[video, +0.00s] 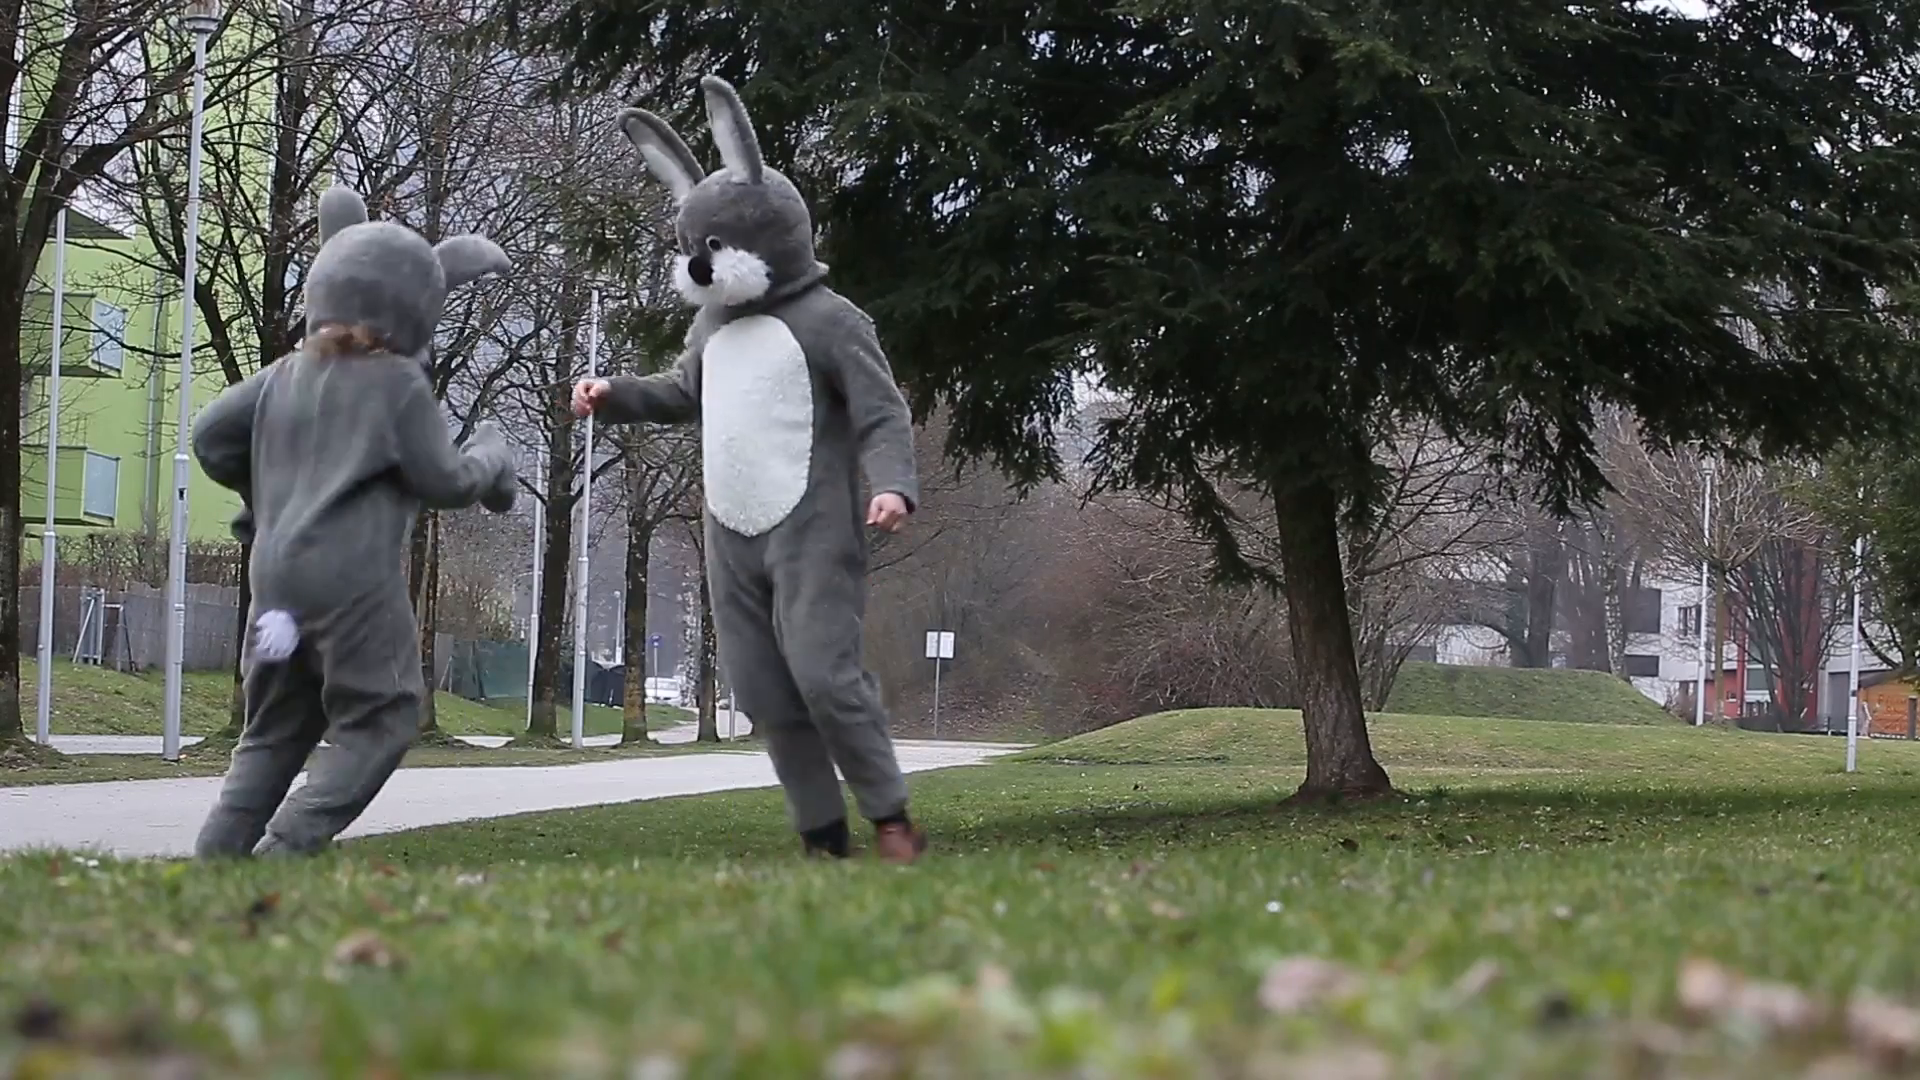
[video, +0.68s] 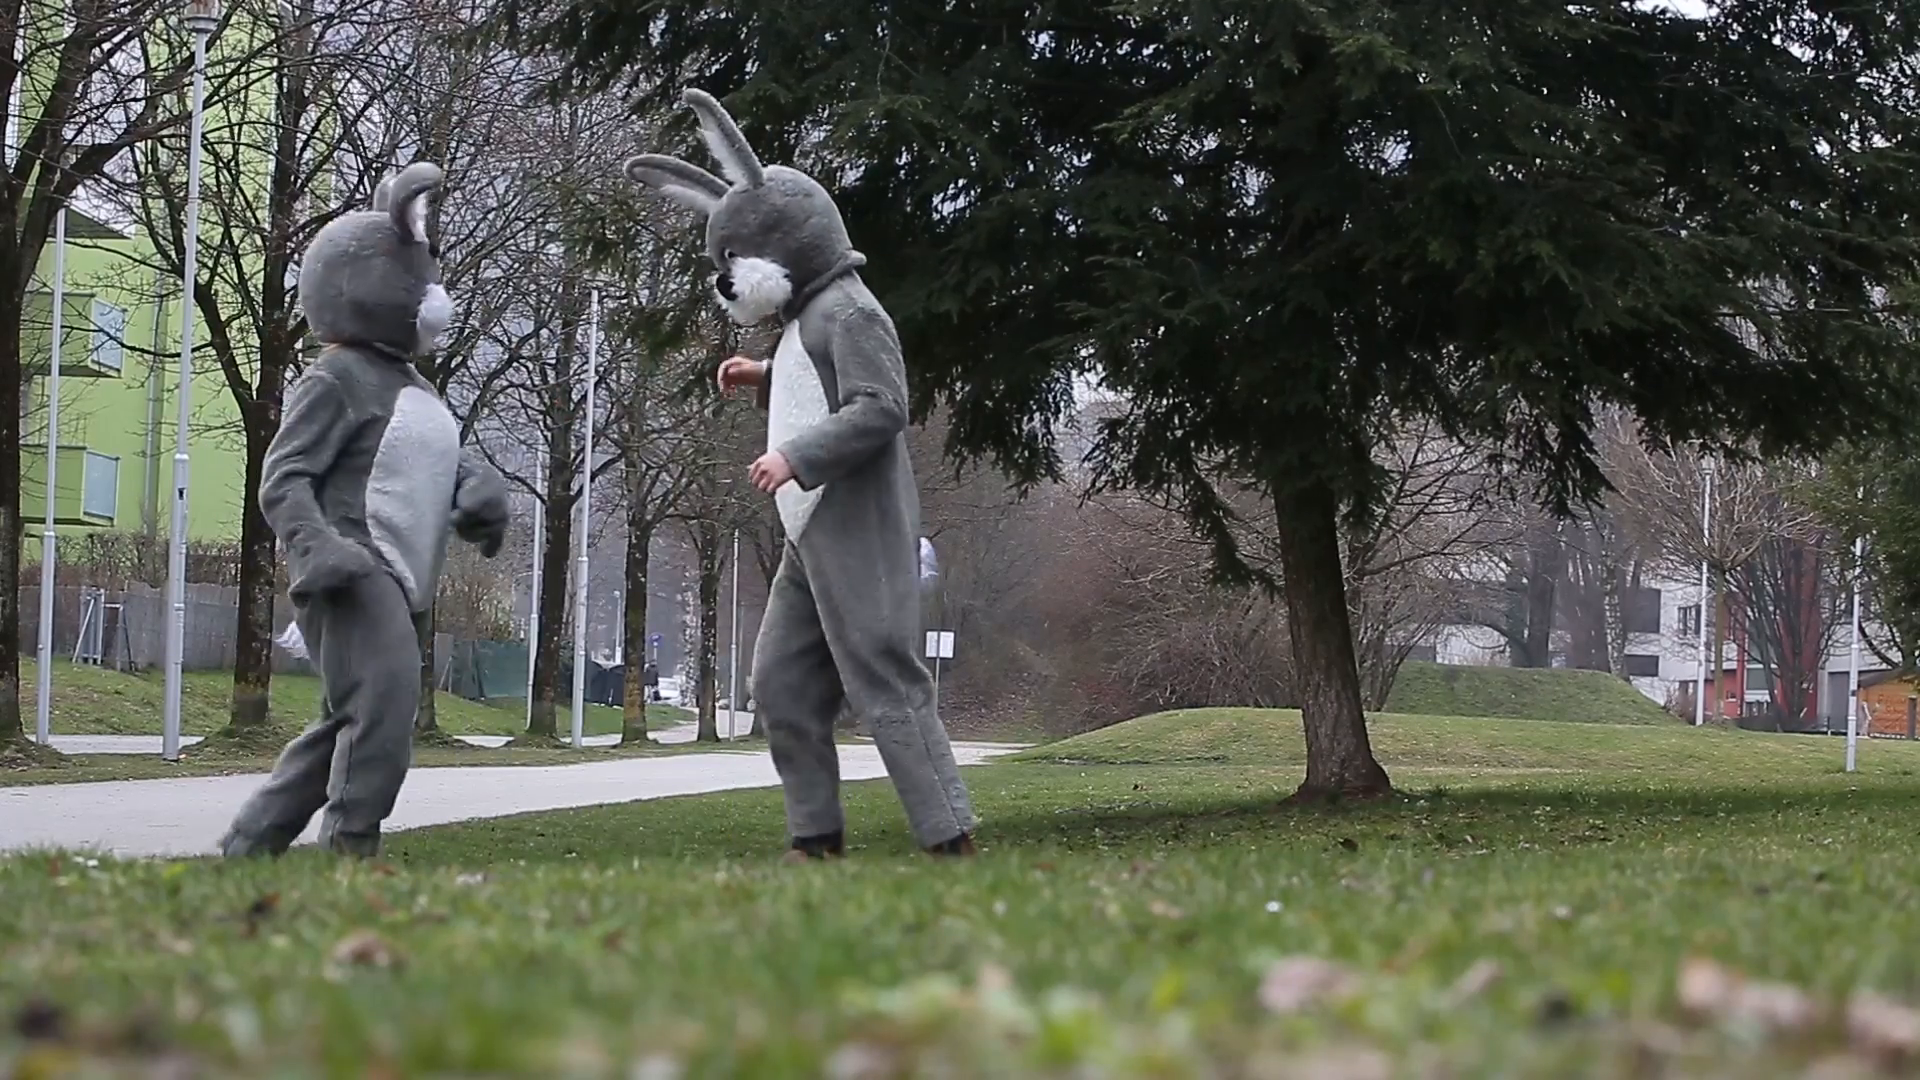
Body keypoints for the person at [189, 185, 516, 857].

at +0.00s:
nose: (429, 321)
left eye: (429, 307)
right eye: (425, 308)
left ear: (322, 298)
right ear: (403, 309)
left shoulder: (280, 376)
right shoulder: (397, 381)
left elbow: (211, 435)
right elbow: (441, 480)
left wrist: (268, 484)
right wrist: (490, 459)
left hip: (272, 573)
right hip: (353, 579)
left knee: (278, 724)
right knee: (384, 713)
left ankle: (214, 858)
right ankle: (287, 848)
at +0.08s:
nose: (415, 347)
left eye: (417, 332)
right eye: (411, 330)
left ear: (314, 319)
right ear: (383, 325)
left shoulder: (281, 395)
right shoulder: (364, 396)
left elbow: (238, 478)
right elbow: (393, 500)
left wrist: (305, 513)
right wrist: (470, 483)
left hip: (257, 580)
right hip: (325, 583)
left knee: (294, 737)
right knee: (394, 713)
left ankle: (219, 856)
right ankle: (296, 843)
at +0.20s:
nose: (397, 333)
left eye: (401, 316)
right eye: (394, 314)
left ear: (316, 302)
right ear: (361, 307)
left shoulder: (298, 371)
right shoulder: (325, 376)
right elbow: (332, 470)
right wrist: (425, 488)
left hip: (272, 566)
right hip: (312, 566)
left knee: (298, 711)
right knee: (408, 676)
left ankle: (221, 852)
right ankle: (314, 829)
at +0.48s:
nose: (400, 275)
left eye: (398, 262)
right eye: (383, 262)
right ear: (342, 271)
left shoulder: (379, 363)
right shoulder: (313, 354)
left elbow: (376, 463)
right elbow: (275, 448)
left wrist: (431, 463)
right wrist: (331, 513)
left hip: (354, 545)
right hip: (317, 544)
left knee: (306, 704)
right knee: (403, 653)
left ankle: (232, 846)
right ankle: (342, 807)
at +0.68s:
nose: (436, 295)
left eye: (432, 281)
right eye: (417, 281)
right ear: (371, 291)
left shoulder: (426, 396)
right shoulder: (337, 376)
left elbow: (463, 465)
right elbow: (282, 478)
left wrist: (486, 499)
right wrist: (318, 550)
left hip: (402, 586)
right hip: (352, 570)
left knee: (351, 722)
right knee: (390, 694)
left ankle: (246, 847)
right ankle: (348, 852)